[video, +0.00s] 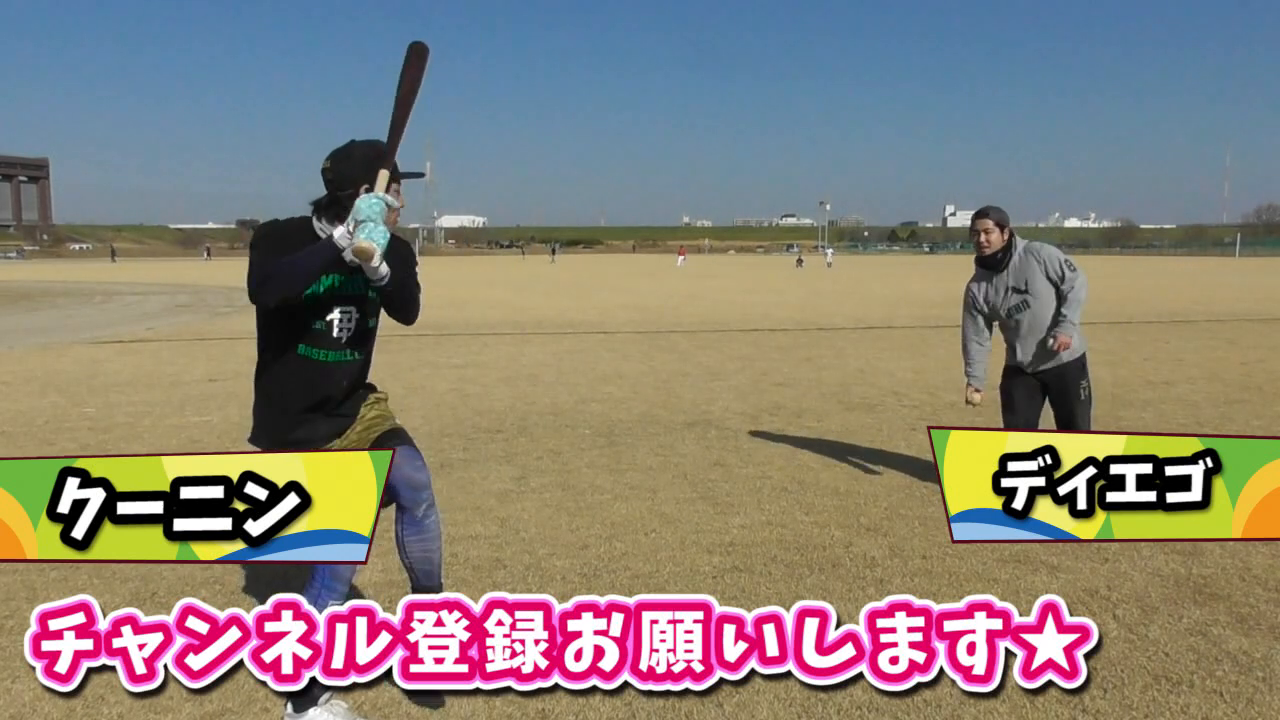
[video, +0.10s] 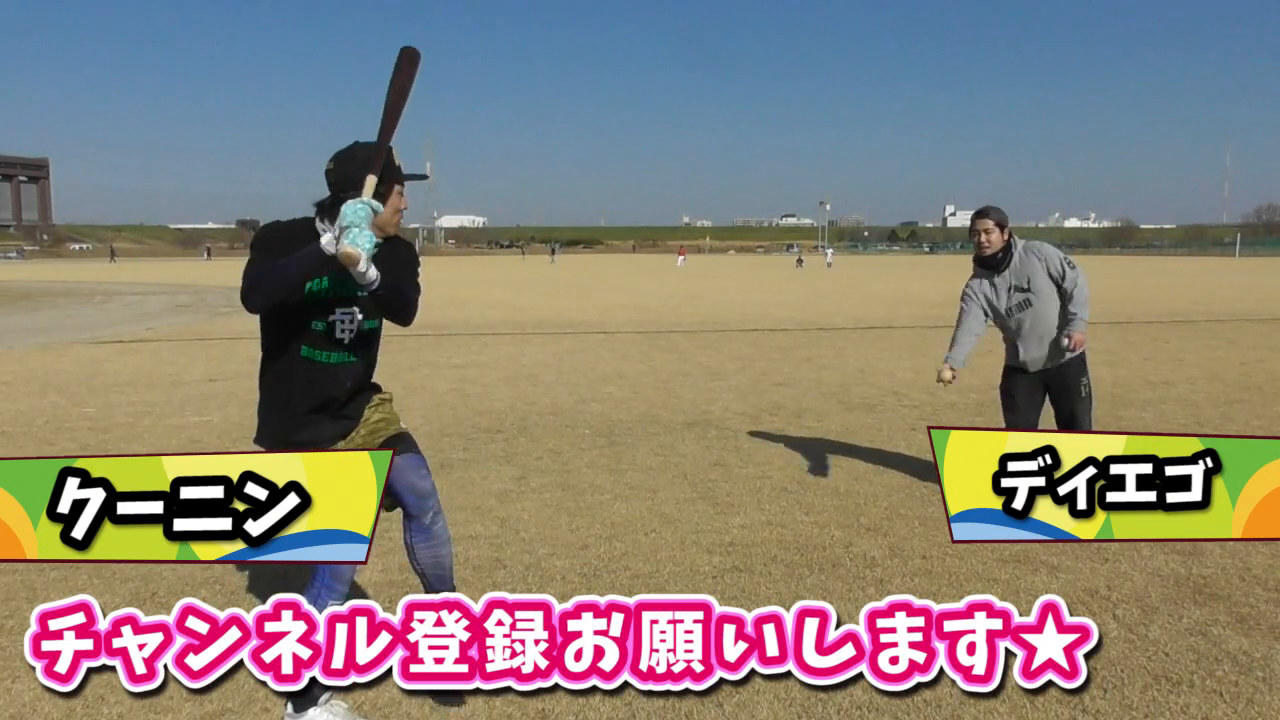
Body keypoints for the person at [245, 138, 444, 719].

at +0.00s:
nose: (396, 199)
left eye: (396, 189)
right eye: (388, 189)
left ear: (377, 193)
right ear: (355, 193)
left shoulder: (390, 246)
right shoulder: (281, 237)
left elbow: (407, 311)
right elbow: (266, 291)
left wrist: (375, 265)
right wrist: (343, 242)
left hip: (357, 407)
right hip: (295, 421)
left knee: (413, 479)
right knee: (343, 543)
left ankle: (431, 620)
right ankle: (306, 694)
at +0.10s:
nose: (406, 204)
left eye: (405, 193)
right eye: (397, 194)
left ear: (378, 195)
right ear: (363, 196)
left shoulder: (395, 248)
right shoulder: (283, 238)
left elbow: (404, 310)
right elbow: (255, 295)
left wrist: (362, 267)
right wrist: (332, 245)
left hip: (362, 406)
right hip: (300, 420)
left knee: (419, 489)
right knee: (343, 541)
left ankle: (447, 621)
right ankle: (307, 691)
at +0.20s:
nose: (410, 206)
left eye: (409, 195)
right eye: (402, 196)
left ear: (380, 198)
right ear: (368, 199)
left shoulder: (400, 252)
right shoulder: (287, 239)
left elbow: (401, 312)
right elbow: (247, 298)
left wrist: (352, 266)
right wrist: (321, 256)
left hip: (368, 414)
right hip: (304, 428)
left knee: (436, 513)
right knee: (343, 557)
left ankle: (471, 628)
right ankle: (308, 695)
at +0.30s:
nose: (418, 210)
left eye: (416, 200)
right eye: (410, 201)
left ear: (387, 202)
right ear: (379, 204)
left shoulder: (408, 256)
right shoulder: (296, 241)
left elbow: (405, 312)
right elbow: (244, 300)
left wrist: (348, 277)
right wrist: (315, 257)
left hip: (376, 418)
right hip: (311, 431)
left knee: (454, 523)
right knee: (347, 565)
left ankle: (483, 611)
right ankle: (307, 695)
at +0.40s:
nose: (432, 216)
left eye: (430, 206)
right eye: (424, 207)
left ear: (399, 213)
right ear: (394, 213)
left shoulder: (423, 262)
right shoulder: (312, 247)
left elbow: (411, 314)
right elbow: (251, 305)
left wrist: (351, 279)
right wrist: (319, 260)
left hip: (389, 420)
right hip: (326, 432)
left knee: (466, 523)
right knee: (353, 564)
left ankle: (485, 601)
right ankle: (307, 695)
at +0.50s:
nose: (455, 226)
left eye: (453, 216)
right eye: (446, 218)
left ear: (420, 225)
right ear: (416, 226)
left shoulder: (445, 274)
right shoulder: (338, 259)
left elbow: (417, 331)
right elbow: (281, 328)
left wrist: (363, 289)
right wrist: (331, 269)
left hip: (406, 428)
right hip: (343, 437)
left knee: (471, 514)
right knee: (369, 564)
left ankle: (475, 605)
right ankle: (305, 694)